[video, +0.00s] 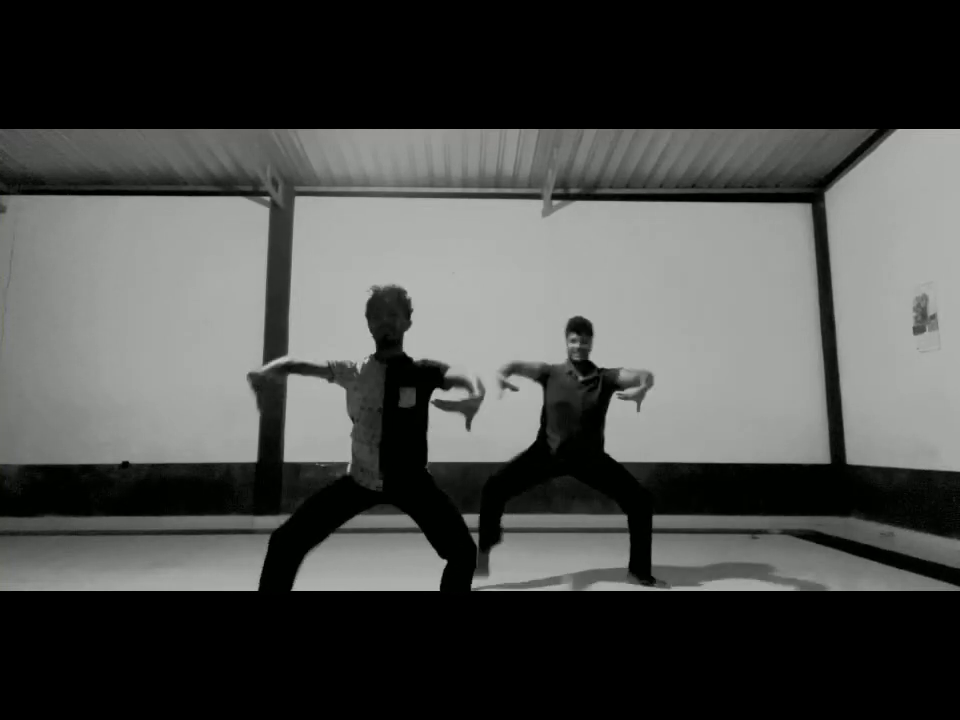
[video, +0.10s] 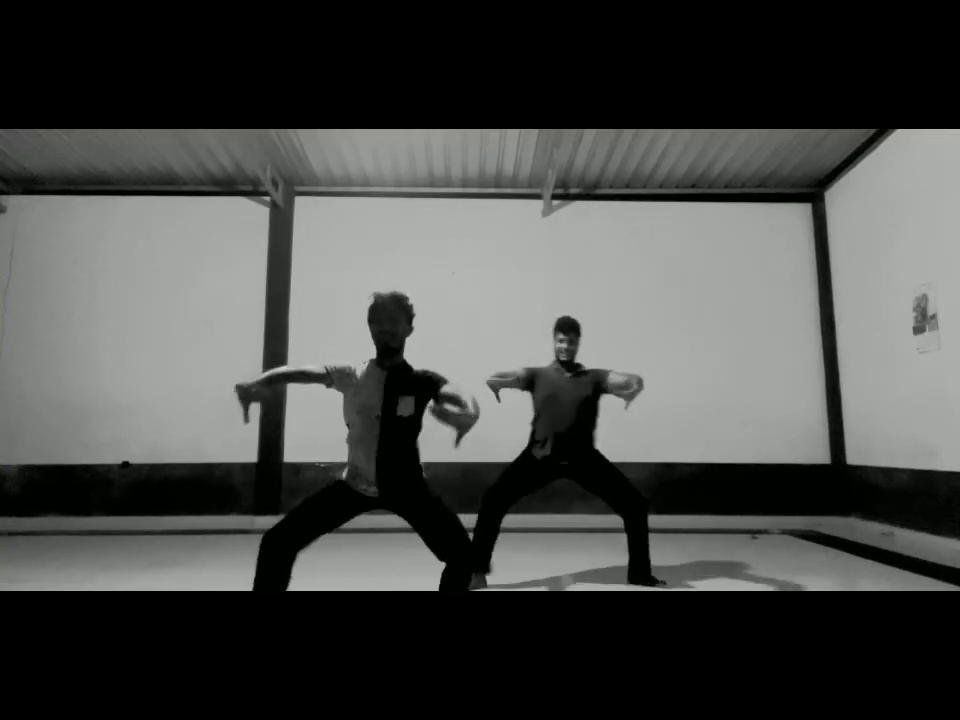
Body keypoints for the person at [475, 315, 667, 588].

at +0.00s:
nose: (579, 346)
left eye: (584, 341)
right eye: (574, 341)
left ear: (592, 343)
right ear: (566, 343)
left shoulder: (605, 377)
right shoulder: (550, 373)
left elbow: (645, 376)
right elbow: (515, 366)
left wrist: (641, 389)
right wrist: (502, 376)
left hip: (590, 458)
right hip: (547, 456)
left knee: (639, 500)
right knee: (495, 487)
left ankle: (640, 572)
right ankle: (483, 554)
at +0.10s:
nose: (565, 346)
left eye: (571, 342)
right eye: (560, 341)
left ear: (578, 344)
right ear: (553, 343)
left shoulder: (594, 378)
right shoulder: (537, 376)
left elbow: (632, 380)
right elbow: (498, 380)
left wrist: (632, 390)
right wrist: (495, 384)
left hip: (583, 458)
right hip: (539, 458)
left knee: (635, 506)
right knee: (493, 501)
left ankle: (639, 575)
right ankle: (477, 572)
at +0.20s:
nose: (554, 343)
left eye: (559, 338)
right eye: (549, 338)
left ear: (566, 342)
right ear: (541, 339)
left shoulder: (580, 374)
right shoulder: (523, 374)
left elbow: (625, 373)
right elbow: (486, 374)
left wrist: (619, 387)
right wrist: (495, 382)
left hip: (575, 456)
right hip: (531, 458)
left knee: (633, 494)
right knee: (487, 503)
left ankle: (639, 562)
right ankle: (477, 573)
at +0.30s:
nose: (546, 344)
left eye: (552, 339)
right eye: (541, 339)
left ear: (560, 343)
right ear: (533, 341)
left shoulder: (574, 371)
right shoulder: (517, 374)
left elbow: (620, 366)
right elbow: (480, 374)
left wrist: (618, 391)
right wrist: (488, 382)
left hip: (574, 451)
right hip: (532, 456)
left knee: (637, 479)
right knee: (489, 502)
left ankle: (639, 551)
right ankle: (477, 576)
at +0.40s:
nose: (543, 343)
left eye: (549, 338)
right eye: (538, 338)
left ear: (559, 339)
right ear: (533, 340)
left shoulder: (578, 368)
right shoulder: (521, 375)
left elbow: (623, 364)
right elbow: (481, 391)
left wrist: (622, 395)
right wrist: (480, 398)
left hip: (578, 450)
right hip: (536, 455)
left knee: (637, 496)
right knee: (492, 502)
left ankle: (648, 564)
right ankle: (477, 576)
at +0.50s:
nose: (543, 345)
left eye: (548, 339)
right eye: (539, 340)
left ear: (562, 341)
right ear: (536, 343)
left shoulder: (584, 371)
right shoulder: (527, 378)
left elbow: (625, 361)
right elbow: (493, 388)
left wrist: (594, 376)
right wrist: (479, 406)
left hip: (584, 456)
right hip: (540, 459)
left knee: (637, 501)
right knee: (492, 502)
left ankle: (651, 579)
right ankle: (478, 577)